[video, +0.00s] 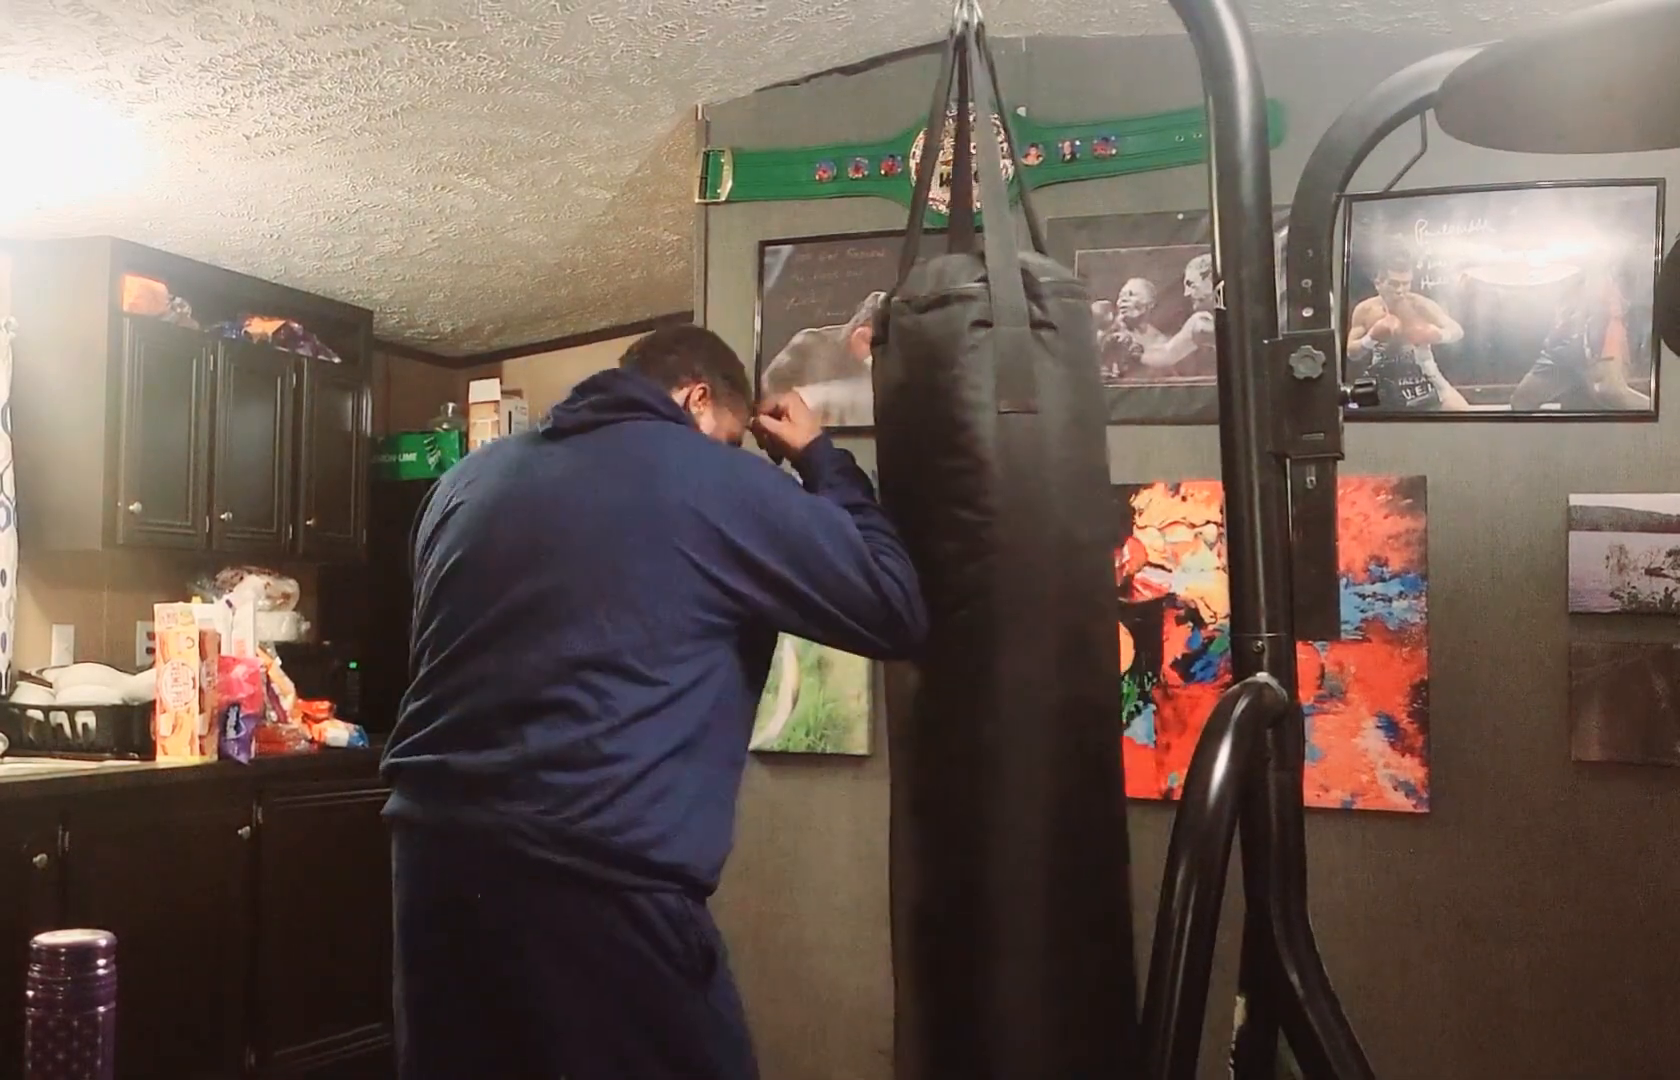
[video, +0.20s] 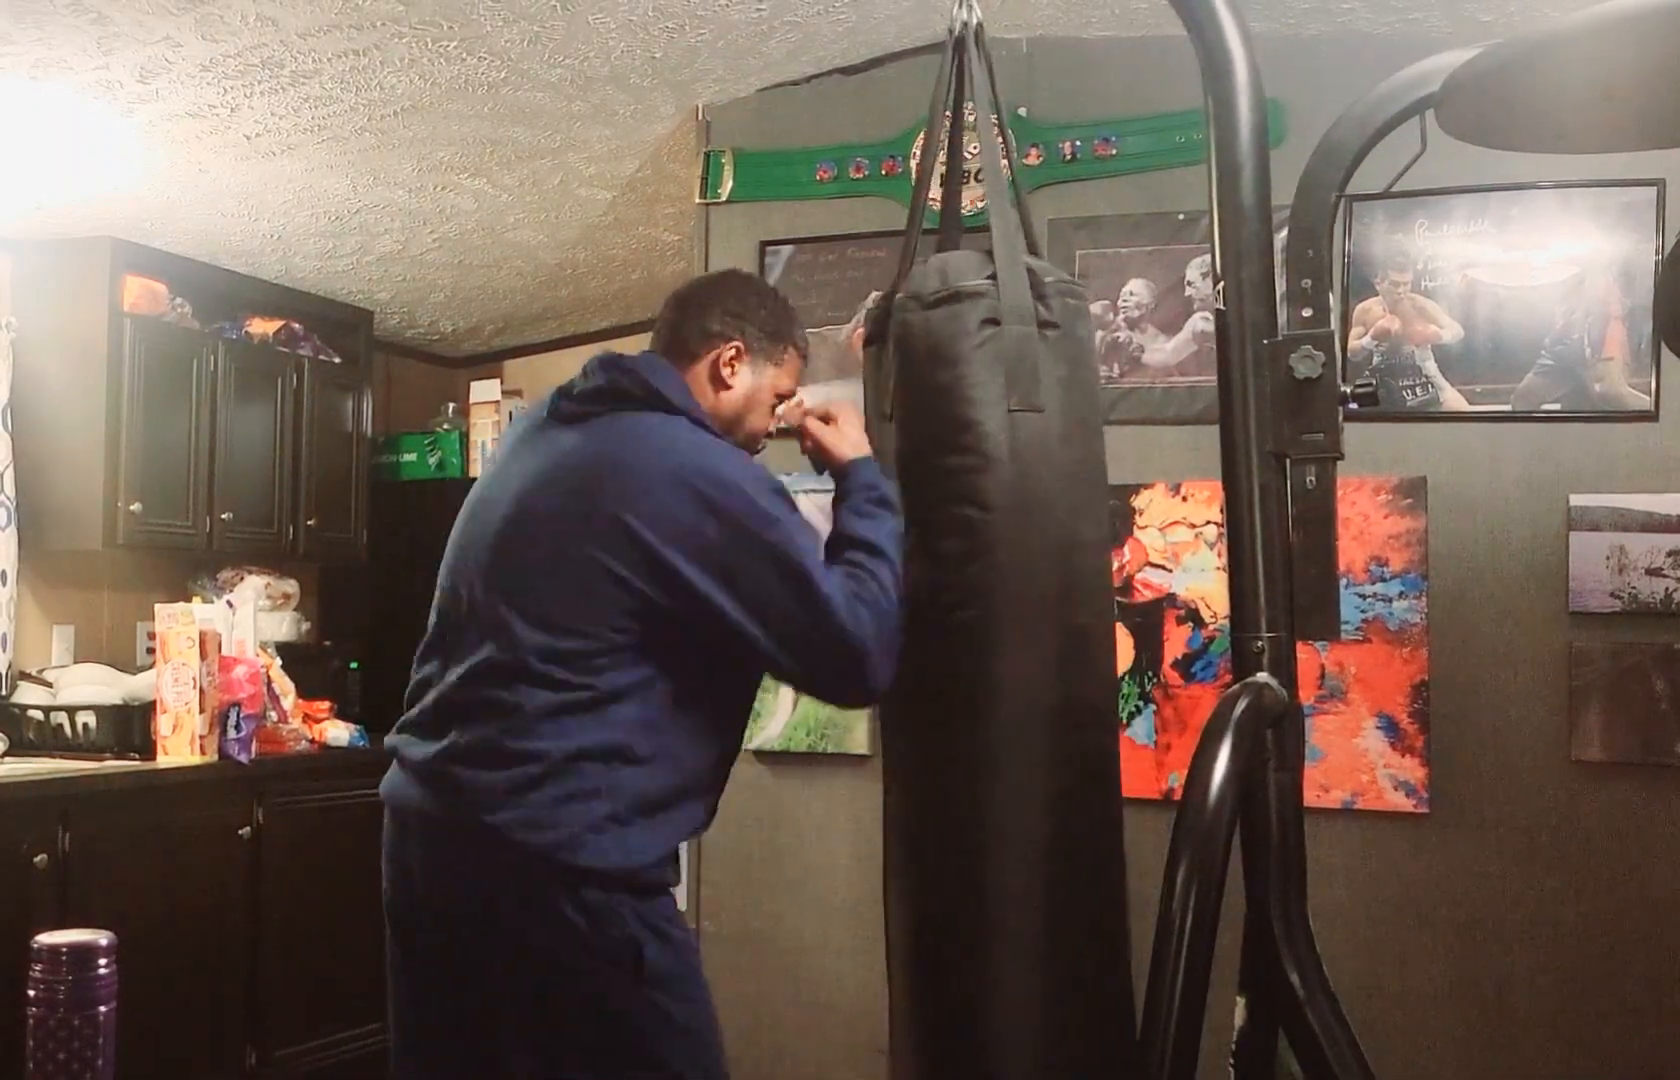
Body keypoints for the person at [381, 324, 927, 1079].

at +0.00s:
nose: (730, 456)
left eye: (736, 444)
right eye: (733, 438)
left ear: (616, 388)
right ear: (695, 399)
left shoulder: (464, 478)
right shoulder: (713, 480)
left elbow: (439, 655)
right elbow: (900, 610)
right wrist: (817, 453)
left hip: (431, 860)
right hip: (607, 878)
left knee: (445, 1068)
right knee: (685, 1066)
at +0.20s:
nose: (773, 429)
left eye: (786, 407)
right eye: (778, 401)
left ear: (704, 362)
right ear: (727, 365)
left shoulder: (544, 428)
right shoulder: (693, 474)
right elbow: (857, 657)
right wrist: (861, 471)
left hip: (429, 836)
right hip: (574, 866)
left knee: (451, 1068)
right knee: (669, 1065)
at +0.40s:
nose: (751, 441)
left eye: (767, 422)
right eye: (760, 413)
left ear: (703, 359)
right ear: (713, 364)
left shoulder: (552, 428)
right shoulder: (655, 460)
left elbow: (716, 549)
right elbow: (747, 683)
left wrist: (888, 529)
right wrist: (819, 527)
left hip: (433, 834)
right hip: (555, 863)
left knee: (457, 1064)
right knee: (642, 1061)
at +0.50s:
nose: (743, 494)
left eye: (759, 478)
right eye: (757, 466)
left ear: (717, 400)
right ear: (731, 407)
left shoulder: (548, 438)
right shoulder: (644, 464)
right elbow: (705, 693)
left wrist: (831, 585)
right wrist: (803, 561)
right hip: (545, 873)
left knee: (442, 1066)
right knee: (636, 1063)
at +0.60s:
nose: (752, 566)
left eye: (770, 555)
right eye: (769, 545)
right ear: (757, 488)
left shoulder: (562, 468)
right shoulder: (656, 487)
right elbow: (679, 716)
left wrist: (792, 666)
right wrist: (794, 614)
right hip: (524, 874)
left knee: (435, 1064)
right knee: (638, 1063)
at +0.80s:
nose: (801, 651)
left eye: (808, 641)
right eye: (812, 629)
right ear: (816, 579)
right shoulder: (755, 554)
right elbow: (726, 774)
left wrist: (777, 787)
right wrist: (833, 713)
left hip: (398, 846)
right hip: (539, 878)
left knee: (419, 1060)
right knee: (658, 1060)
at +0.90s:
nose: (850, 618)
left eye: (855, 604)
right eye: (852, 597)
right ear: (841, 563)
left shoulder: (628, 533)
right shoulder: (798, 554)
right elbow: (794, 779)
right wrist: (869, 706)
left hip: (430, 852)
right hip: (589, 890)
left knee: (460, 1062)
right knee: (683, 1061)